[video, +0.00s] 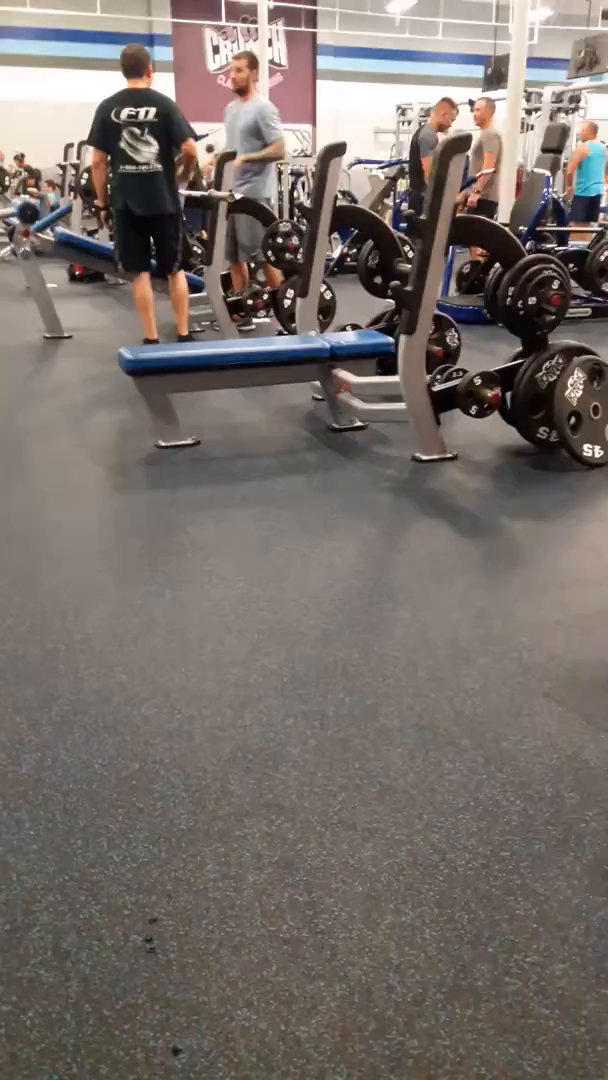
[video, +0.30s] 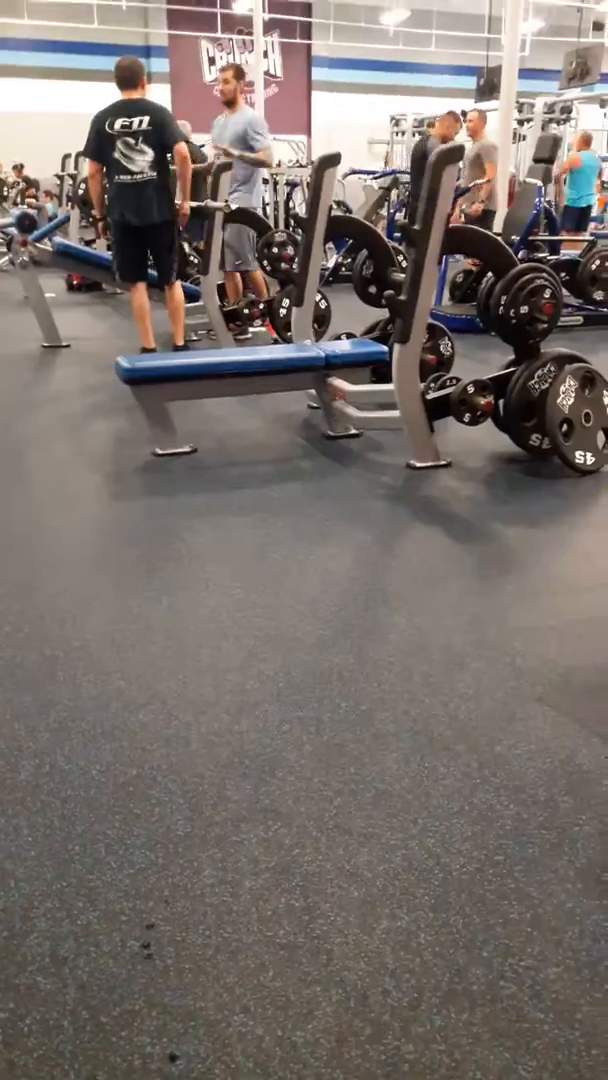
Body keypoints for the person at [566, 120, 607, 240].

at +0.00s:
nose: (580, 133)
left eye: (582, 130)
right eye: (581, 130)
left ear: (588, 132)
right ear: (594, 133)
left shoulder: (583, 148)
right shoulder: (602, 147)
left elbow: (569, 170)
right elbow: (604, 169)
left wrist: (568, 185)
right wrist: (603, 183)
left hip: (583, 191)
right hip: (597, 190)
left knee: (576, 224)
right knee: (588, 225)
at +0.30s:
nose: (574, 144)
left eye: (576, 141)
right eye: (575, 141)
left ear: (580, 142)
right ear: (589, 143)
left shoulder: (574, 157)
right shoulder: (595, 157)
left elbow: (560, 173)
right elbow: (600, 175)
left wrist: (558, 195)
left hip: (573, 201)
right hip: (588, 200)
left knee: (567, 233)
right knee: (580, 233)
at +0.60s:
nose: (573, 151)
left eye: (574, 150)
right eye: (575, 150)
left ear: (575, 151)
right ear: (586, 151)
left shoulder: (570, 163)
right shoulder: (591, 164)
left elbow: (556, 156)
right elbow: (602, 157)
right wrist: (592, 150)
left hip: (566, 207)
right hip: (581, 207)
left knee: (562, 241)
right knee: (574, 241)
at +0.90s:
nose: (568, 155)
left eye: (568, 153)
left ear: (568, 153)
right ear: (579, 154)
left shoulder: (565, 166)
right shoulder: (585, 167)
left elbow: (551, 161)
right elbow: (595, 160)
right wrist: (582, 156)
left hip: (560, 210)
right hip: (575, 210)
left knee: (557, 243)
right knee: (570, 243)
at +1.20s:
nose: (564, 155)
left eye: (565, 153)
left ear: (567, 154)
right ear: (578, 155)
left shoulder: (562, 169)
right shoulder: (584, 170)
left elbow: (548, 179)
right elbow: (592, 181)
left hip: (562, 211)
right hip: (577, 211)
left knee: (558, 244)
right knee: (571, 244)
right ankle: (570, 269)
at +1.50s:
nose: (561, 159)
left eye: (562, 157)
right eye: (562, 157)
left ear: (564, 159)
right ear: (575, 159)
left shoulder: (559, 175)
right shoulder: (582, 175)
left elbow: (548, 197)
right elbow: (586, 194)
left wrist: (548, 210)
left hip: (559, 217)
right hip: (574, 217)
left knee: (555, 250)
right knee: (568, 250)